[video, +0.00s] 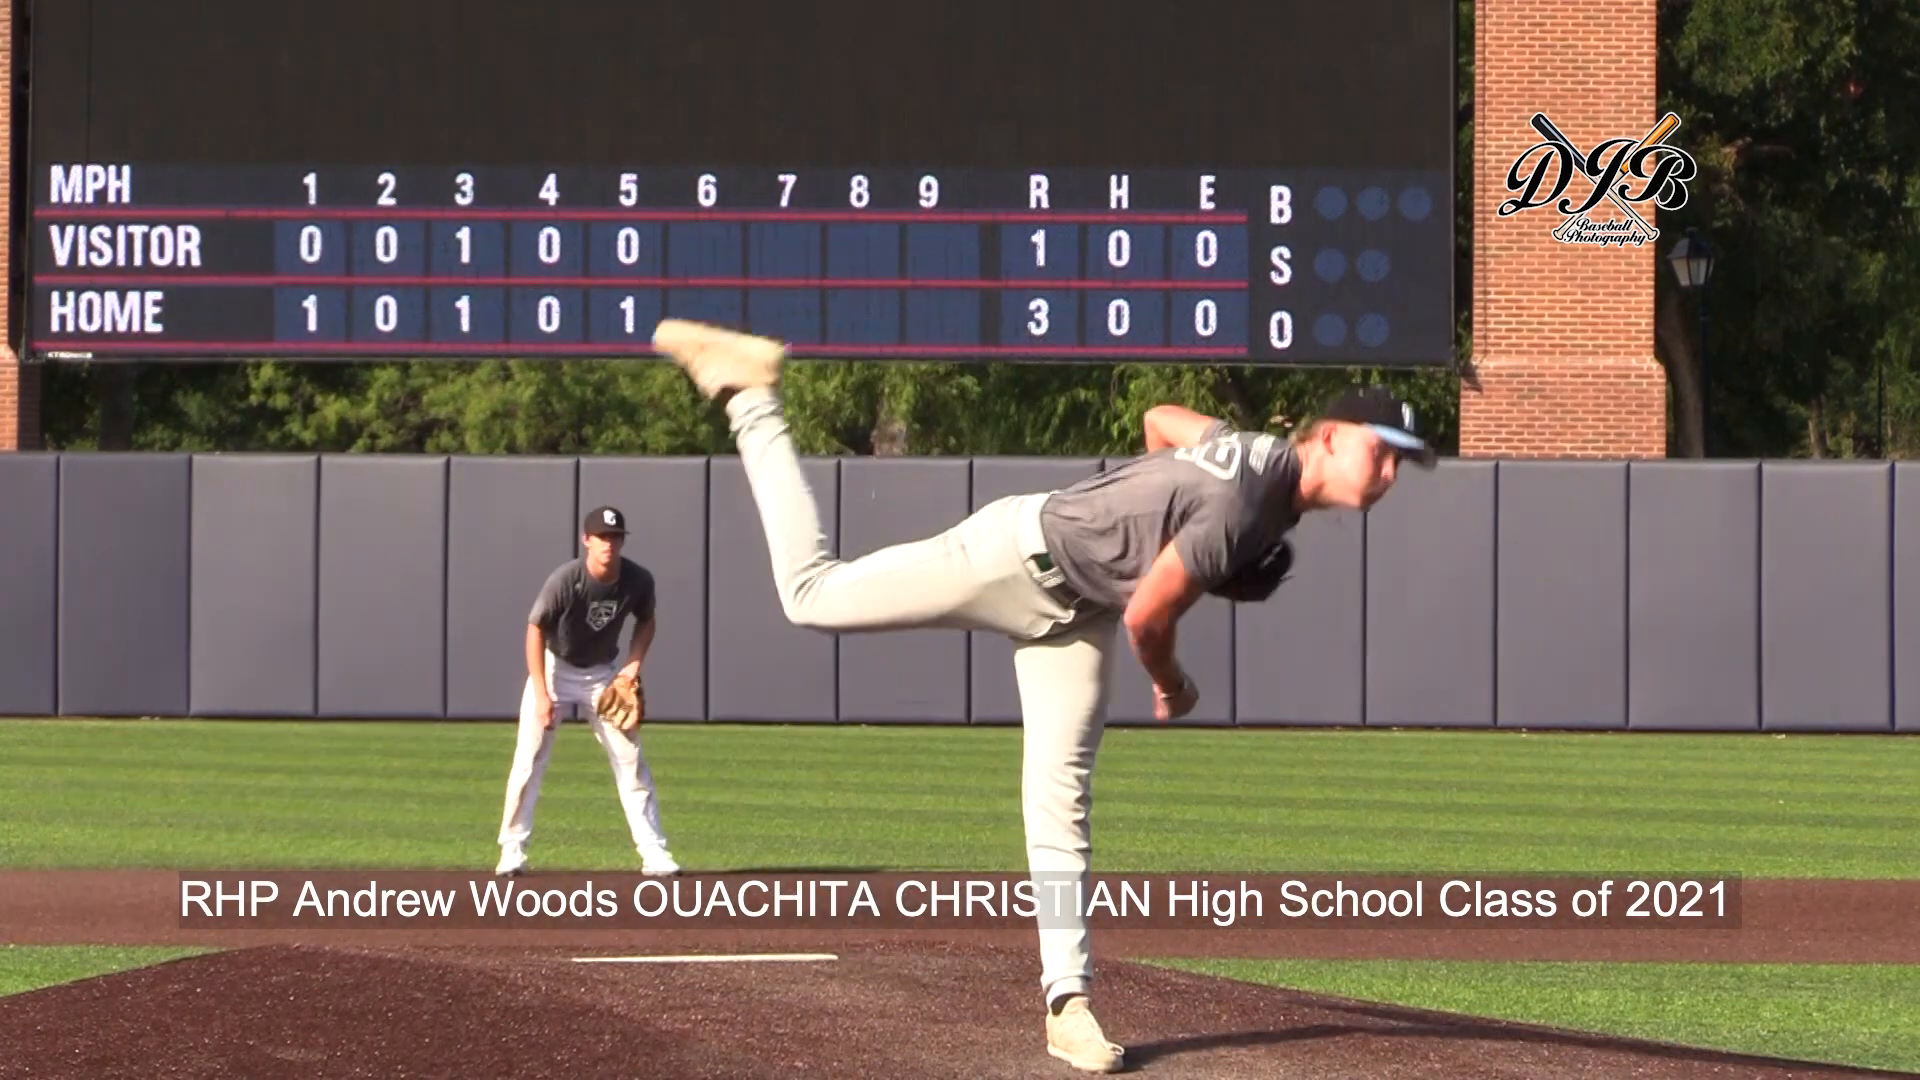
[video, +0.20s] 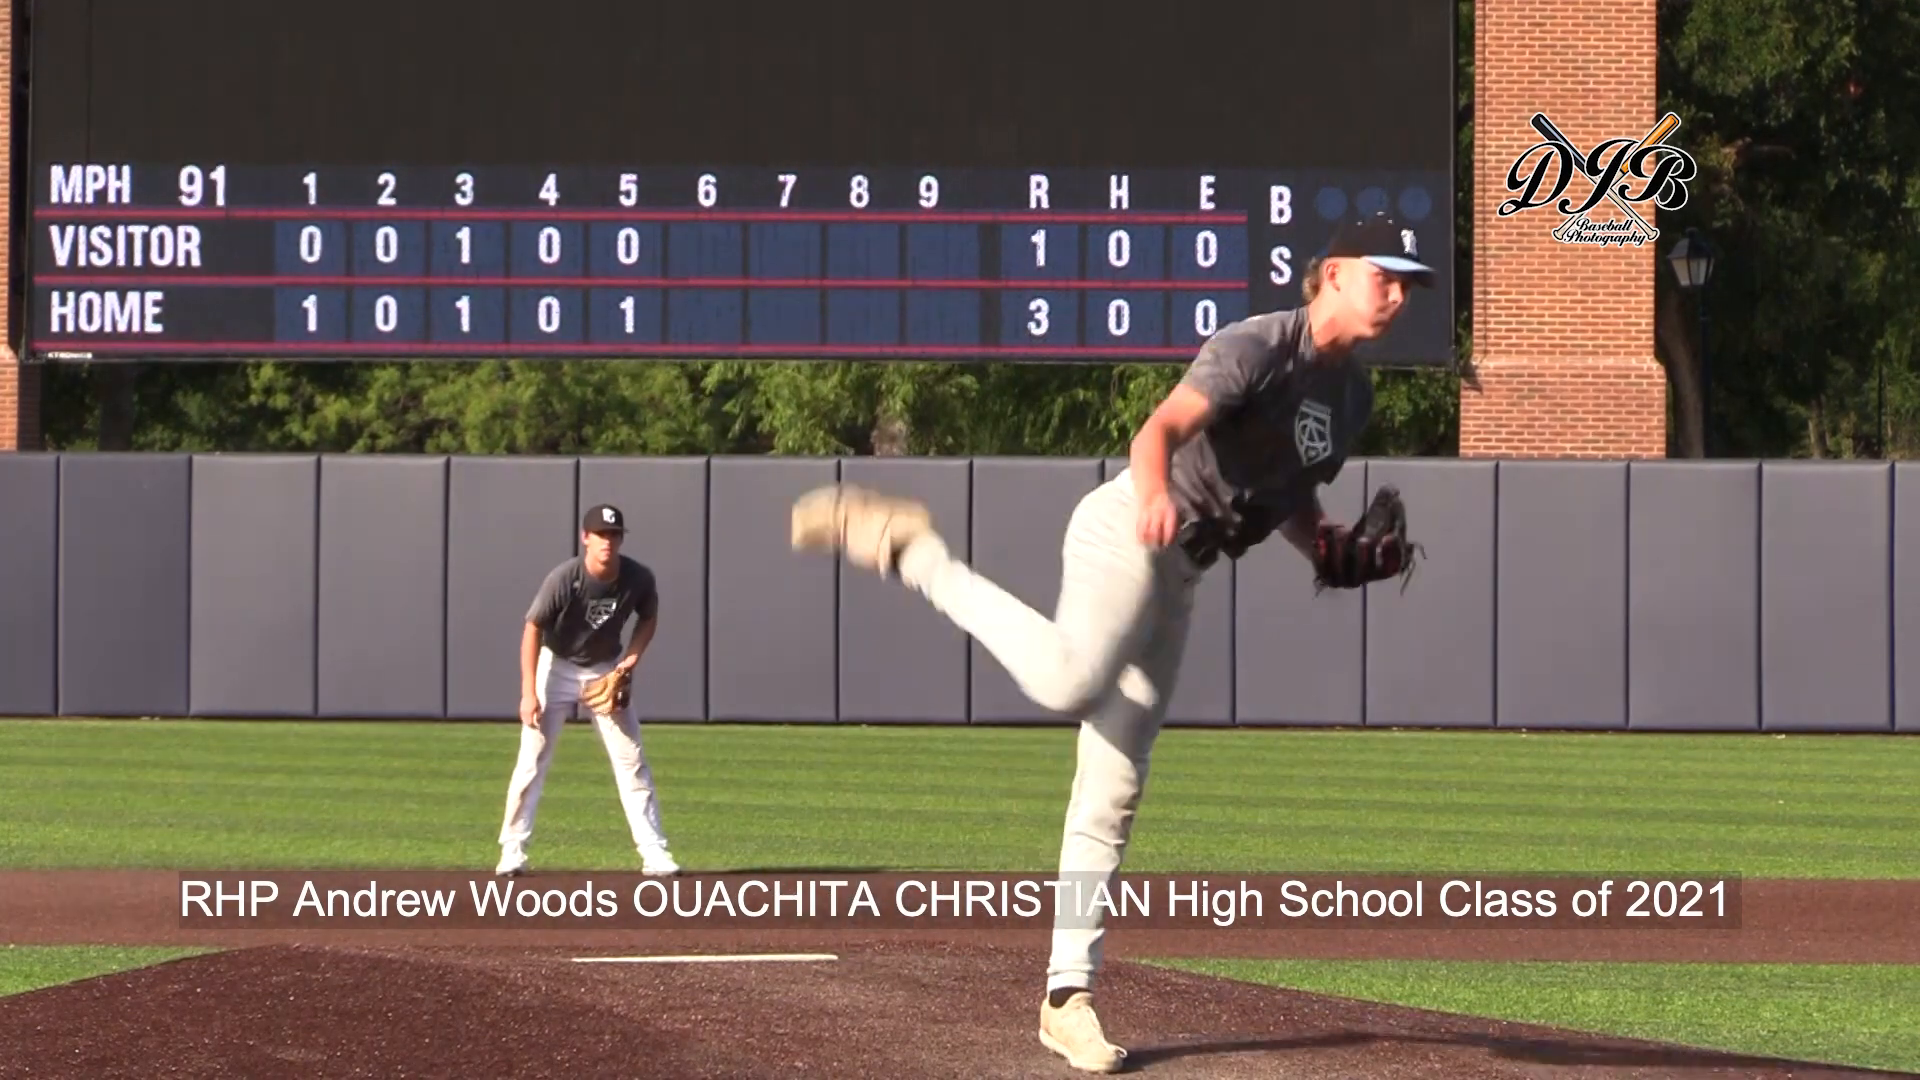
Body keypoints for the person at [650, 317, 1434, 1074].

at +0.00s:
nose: (1389, 471)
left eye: (1393, 460)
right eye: (1378, 454)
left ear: (1342, 454)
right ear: (1323, 445)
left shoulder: (1264, 464)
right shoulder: (1247, 501)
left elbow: (1165, 418)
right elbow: (1147, 617)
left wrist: (1178, 521)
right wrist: (1173, 683)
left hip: (1080, 617)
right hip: (1021, 554)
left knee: (1059, 801)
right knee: (811, 593)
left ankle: (1069, 1005)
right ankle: (748, 388)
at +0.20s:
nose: (1397, 297)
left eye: (1404, 284)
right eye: (1383, 280)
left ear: (1394, 296)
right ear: (1331, 279)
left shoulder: (1352, 391)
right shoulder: (1260, 345)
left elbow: (1280, 483)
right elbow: (1160, 427)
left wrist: (1327, 549)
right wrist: (1152, 494)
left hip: (1179, 566)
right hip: (1131, 521)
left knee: (1111, 785)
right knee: (1064, 681)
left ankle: (1066, 996)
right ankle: (911, 550)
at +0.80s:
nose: (1561, 297)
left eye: (1565, 281)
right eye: (1551, 278)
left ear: (1500, 269)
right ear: (1499, 266)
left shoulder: (1437, 344)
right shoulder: (1475, 372)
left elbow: (1454, 509)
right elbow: (1487, 527)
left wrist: (1551, 574)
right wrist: (1601, 602)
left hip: (1451, 599)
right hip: (1473, 610)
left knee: (1562, 806)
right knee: (1516, 822)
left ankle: (1450, 1005)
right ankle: (1465, 1044)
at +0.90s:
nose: (1583, 323)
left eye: (1592, 309)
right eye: (1580, 304)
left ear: (1545, 277)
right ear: (1541, 275)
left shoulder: (1477, 343)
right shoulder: (1487, 370)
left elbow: (1502, 515)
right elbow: (1496, 527)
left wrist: (1566, 615)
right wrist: (1616, 595)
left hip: (1519, 603)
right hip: (1491, 606)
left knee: (1590, 806)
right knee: (1502, 825)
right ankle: (1465, 1050)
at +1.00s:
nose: (1613, 350)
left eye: (1622, 337)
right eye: (1613, 333)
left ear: (1580, 298)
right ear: (1573, 295)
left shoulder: (1538, 368)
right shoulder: (1503, 375)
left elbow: (1539, 521)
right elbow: (1497, 536)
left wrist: (1600, 623)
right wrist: (1619, 605)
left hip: (1551, 612)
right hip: (1504, 610)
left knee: (1615, 827)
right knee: (1501, 832)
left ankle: (1684, 1030)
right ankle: (1463, 1051)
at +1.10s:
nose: (1642, 363)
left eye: (1651, 351)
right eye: (1640, 345)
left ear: (1618, 311)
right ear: (1607, 306)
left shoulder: (1589, 376)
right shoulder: (1524, 379)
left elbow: (1581, 527)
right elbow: (1501, 534)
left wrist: (1629, 632)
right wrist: (1612, 622)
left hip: (1592, 619)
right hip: (1528, 614)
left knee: (1651, 828)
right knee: (1515, 833)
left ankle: (1722, 1033)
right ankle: (1463, 1049)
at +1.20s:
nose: (1675, 368)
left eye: (1685, 357)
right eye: (1675, 351)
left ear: (1657, 322)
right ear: (1641, 312)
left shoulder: (1630, 380)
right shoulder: (1555, 382)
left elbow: (1612, 524)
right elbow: (1512, 532)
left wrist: (1650, 639)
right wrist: (1588, 641)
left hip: (1631, 624)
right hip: (1559, 627)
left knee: (1681, 844)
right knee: (1542, 839)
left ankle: (1717, 1046)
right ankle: (1466, 1047)